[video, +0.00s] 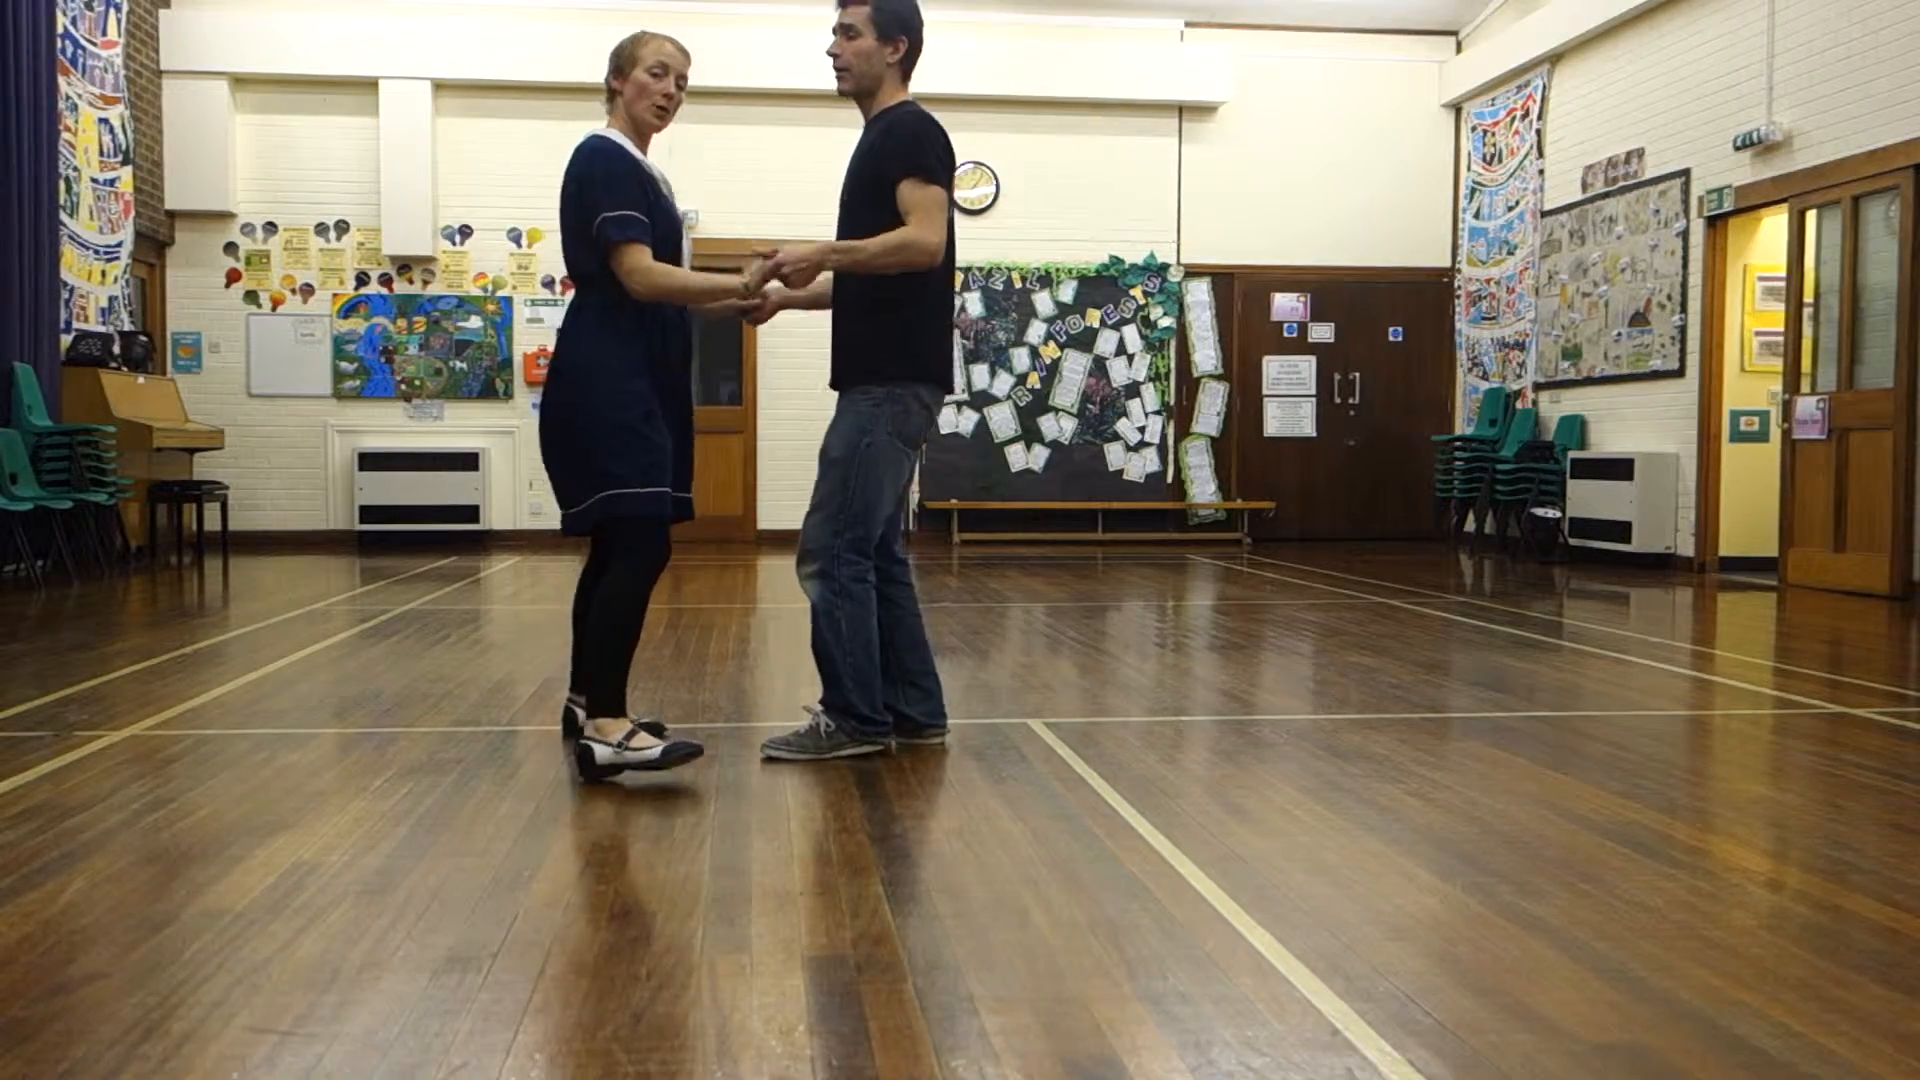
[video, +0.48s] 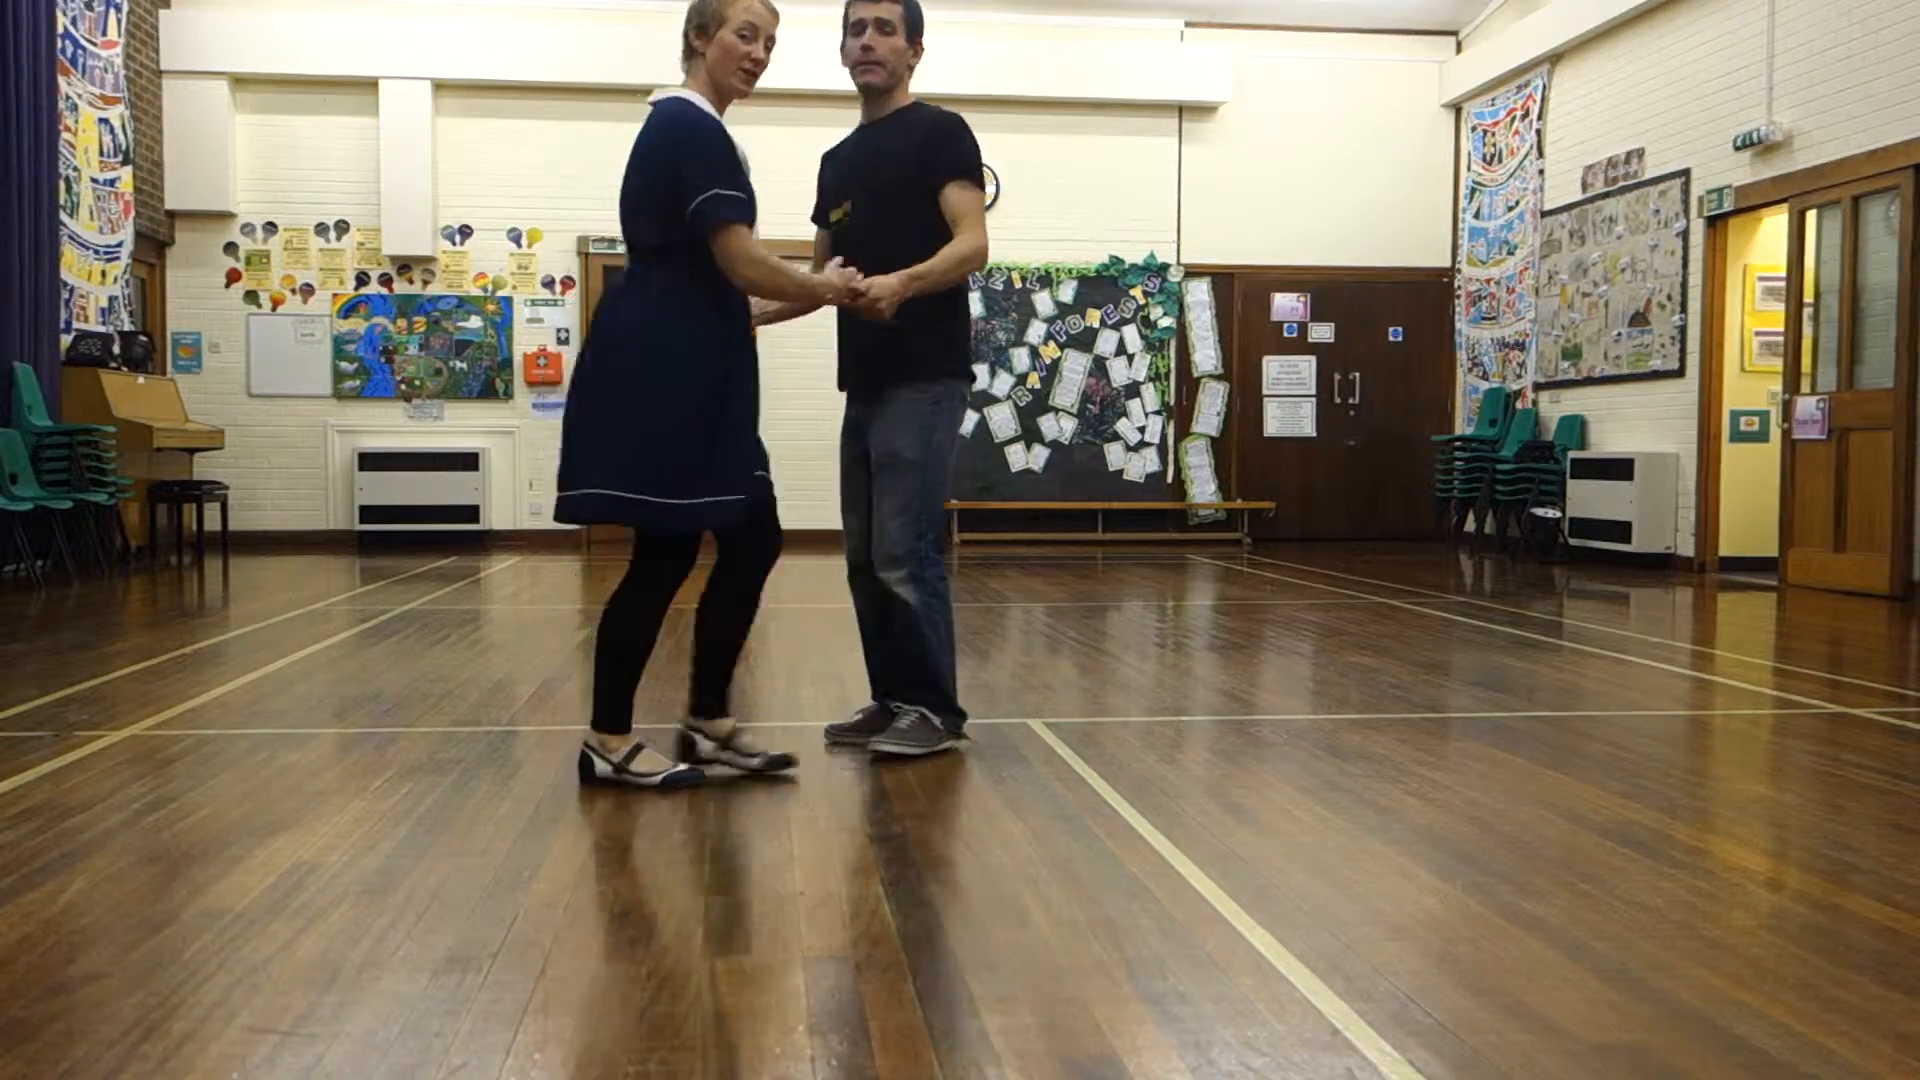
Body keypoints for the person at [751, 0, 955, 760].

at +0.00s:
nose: (833, 47)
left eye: (848, 34)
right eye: (835, 33)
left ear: (895, 48)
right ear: (875, 49)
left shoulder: (910, 129)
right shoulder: (880, 139)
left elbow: (927, 241)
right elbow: (878, 282)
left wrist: (822, 254)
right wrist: (793, 297)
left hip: (892, 383)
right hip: (880, 381)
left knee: (831, 552)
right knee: (877, 552)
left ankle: (855, 716)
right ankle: (914, 708)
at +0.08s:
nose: (837, 49)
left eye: (853, 36)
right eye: (838, 36)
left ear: (899, 52)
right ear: (871, 53)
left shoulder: (916, 131)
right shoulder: (880, 141)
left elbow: (933, 243)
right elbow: (876, 262)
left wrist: (830, 277)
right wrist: (801, 295)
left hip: (898, 382)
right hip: (881, 380)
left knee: (835, 551)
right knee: (876, 552)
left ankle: (857, 715)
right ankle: (914, 709)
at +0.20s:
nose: (847, 48)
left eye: (863, 36)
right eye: (845, 36)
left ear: (907, 52)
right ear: (849, 51)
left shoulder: (925, 131)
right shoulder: (874, 146)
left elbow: (942, 245)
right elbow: (874, 262)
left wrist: (846, 286)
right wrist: (819, 296)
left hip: (907, 376)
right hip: (881, 375)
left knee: (853, 549)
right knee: (879, 550)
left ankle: (881, 714)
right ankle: (915, 710)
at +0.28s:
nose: (856, 45)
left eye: (873, 32)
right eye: (850, 32)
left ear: (913, 50)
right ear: (844, 48)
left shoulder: (930, 129)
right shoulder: (858, 154)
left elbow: (948, 244)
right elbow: (855, 271)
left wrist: (857, 281)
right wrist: (776, 311)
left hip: (913, 375)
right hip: (875, 375)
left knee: (870, 555)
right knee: (871, 553)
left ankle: (912, 714)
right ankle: (899, 707)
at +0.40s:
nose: (865, 42)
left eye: (883, 29)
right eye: (855, 30)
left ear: (915, 47)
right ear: (845, 46)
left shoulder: (937, 129)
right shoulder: (844, 158)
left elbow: (962, 243)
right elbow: (836, 277)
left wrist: (884, 278)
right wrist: (768, 311)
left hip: (922, 374)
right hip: (868, 376)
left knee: (890, 550)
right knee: (866, 551)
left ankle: (927, 713)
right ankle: (893, 702)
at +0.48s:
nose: (867, 42)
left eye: (883, 29)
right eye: (855, 30)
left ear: (914, 47)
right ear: (842, 48)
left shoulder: (940, 129)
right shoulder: (837, 160)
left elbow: (975, 243)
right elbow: (825, 275)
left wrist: (901, 283)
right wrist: (754, 314)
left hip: (927, 375)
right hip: (868, 380)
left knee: (904, 552)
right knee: (866, 555)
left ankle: (936, 712)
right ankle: (894, 702)